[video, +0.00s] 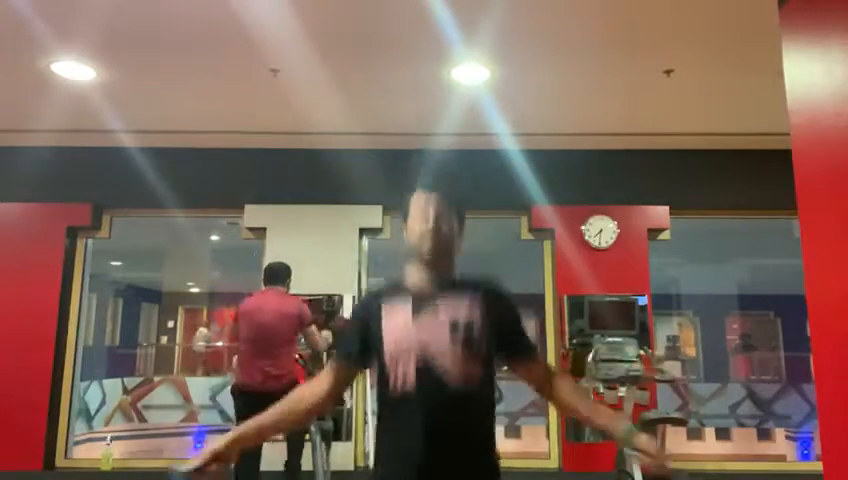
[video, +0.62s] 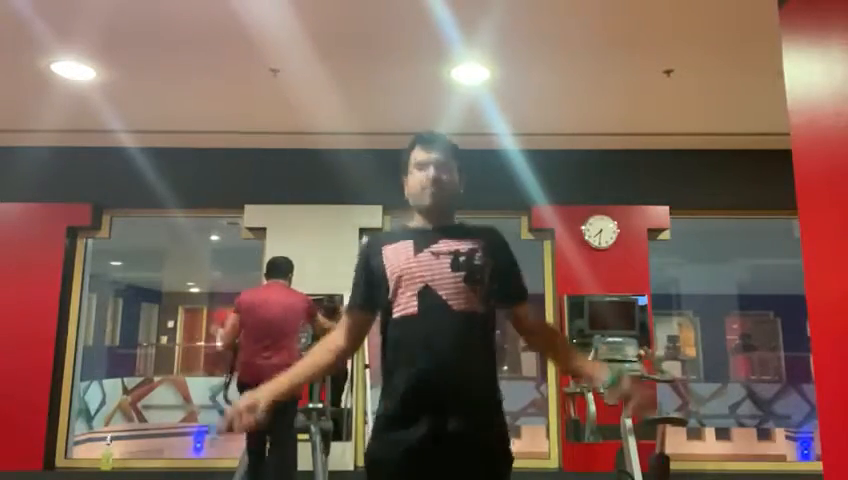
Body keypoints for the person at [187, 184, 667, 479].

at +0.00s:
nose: (426, 230)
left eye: (438, 220)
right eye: (416, 220)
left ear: (458, 233)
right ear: (402, 230)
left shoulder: (488, 303)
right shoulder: (376, 307)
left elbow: (546, 382)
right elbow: (320, 390)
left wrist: (623, 433)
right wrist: (236, 440)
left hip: (470, 466)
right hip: (397, 466)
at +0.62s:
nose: (433, 174)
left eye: (443, 167)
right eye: (421, 167)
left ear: (459, 184)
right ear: (405, 185)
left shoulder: (487, 244)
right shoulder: (379, 252)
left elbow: (532, 327)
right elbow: (342, 340)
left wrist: (592, 370)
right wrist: (268, 394)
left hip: (477, 429)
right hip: (400, 431)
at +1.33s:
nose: (428, 190)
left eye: (439, 180)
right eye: (419, 181)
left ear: (456, 194)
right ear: (403, 194)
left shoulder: (491, 258)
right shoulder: (379, 265)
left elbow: (561, 340)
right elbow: (342, 351)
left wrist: (644, 371)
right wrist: (259, 386)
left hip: (478, 446)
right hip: (400, 447)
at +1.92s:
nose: (431, 225)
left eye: (442, 215)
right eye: (421, 215)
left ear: (464, 226)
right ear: (407, 228)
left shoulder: (499, 296)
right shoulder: (381, 304)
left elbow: (574, 366)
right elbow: (329, 381)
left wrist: (657, 394)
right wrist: (241, 411)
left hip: (482, 467)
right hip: (404, 467)